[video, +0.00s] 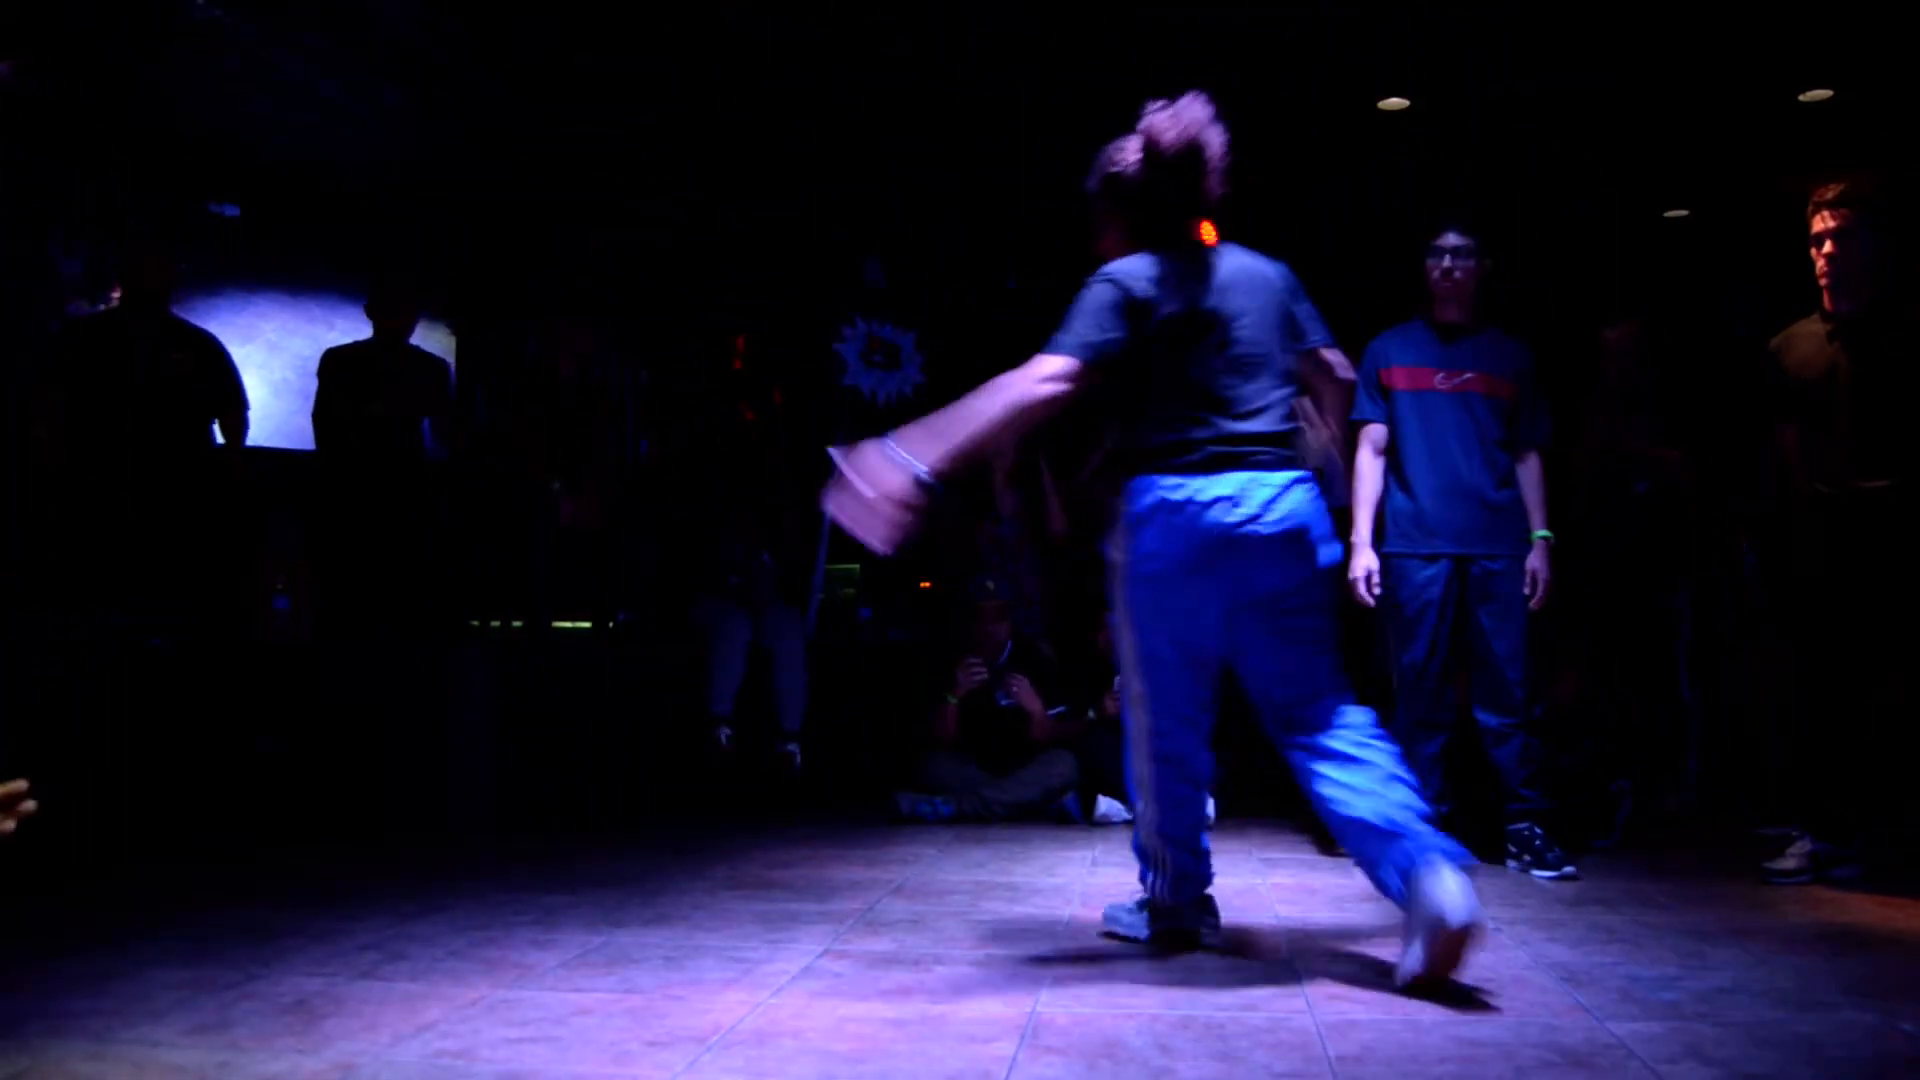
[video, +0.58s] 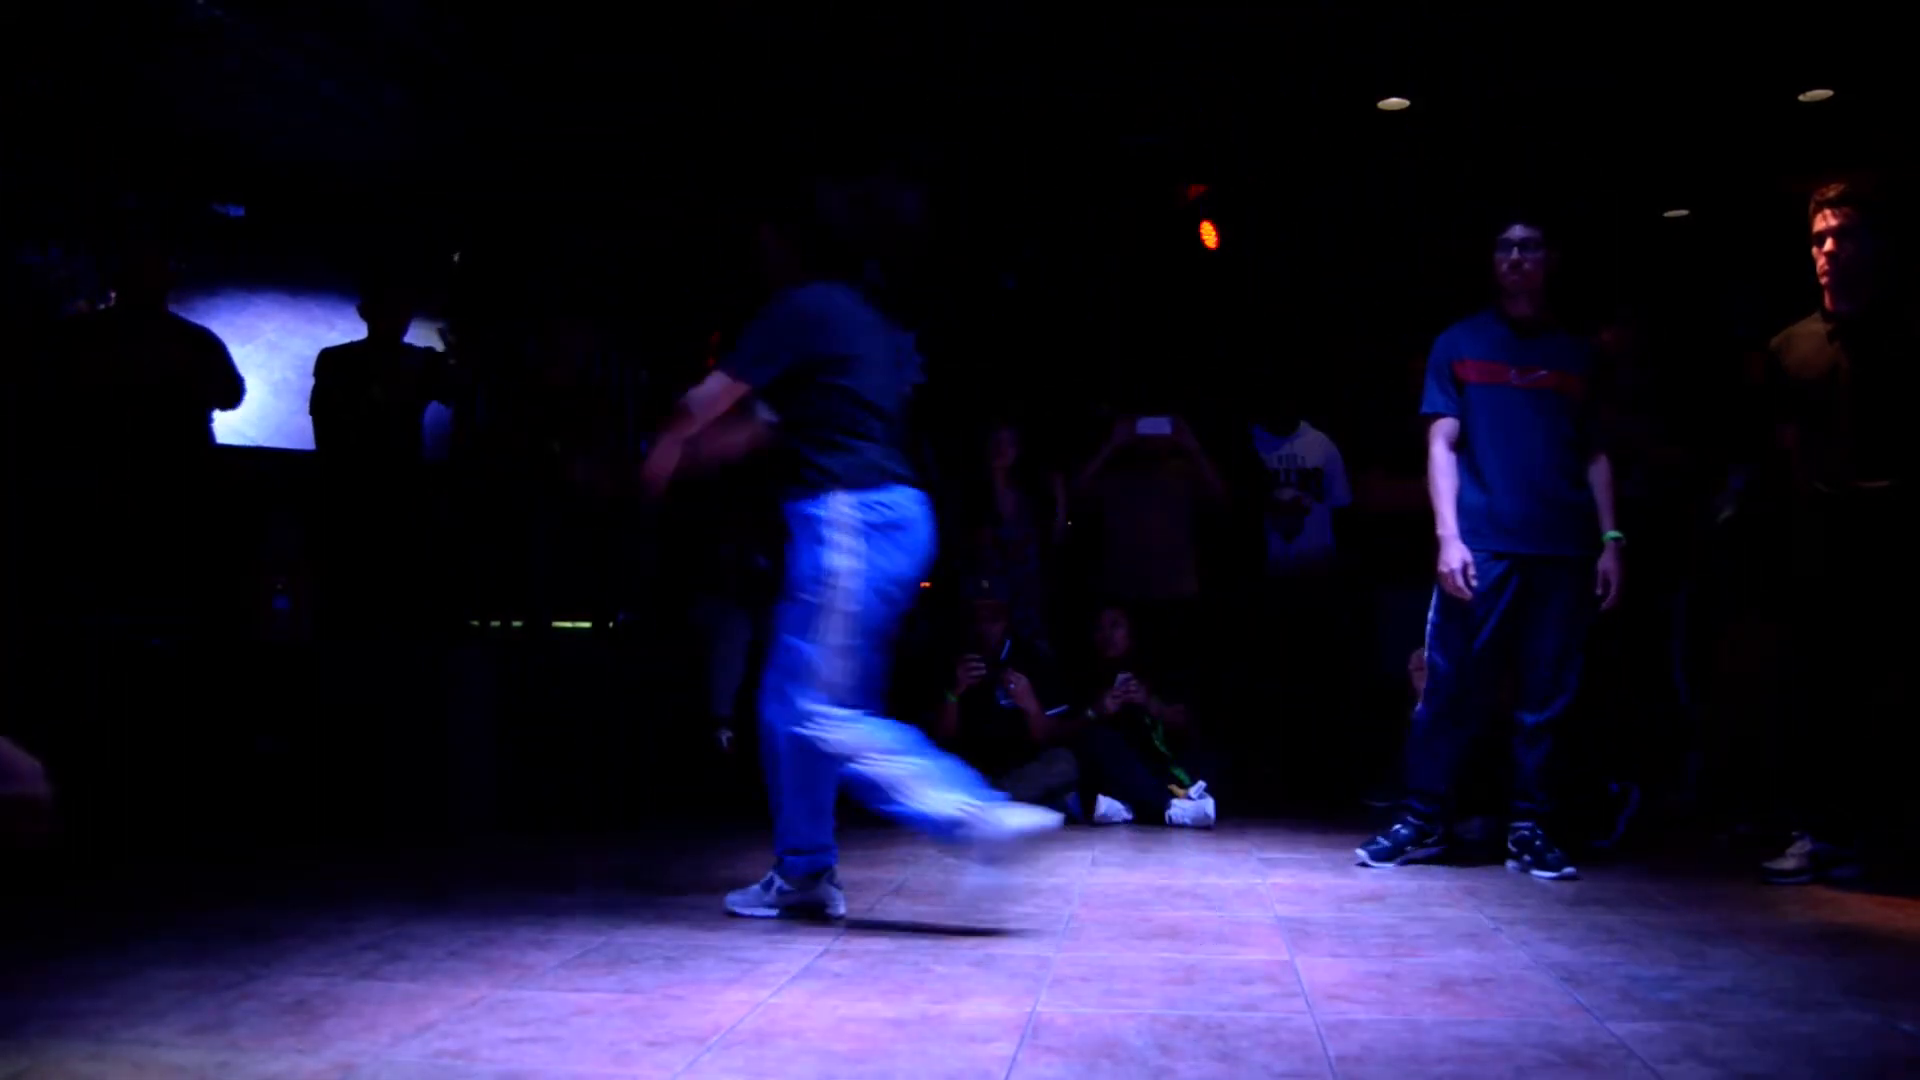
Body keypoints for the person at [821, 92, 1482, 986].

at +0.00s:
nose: (1096, 223)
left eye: (1103, 207)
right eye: (1099, 206)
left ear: (1123, 209)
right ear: (1201, 200)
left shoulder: (1123, 285)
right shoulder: (1266, 277)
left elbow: (1048, 380)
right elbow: (1334, 374)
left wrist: (910, 455)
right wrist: (1329, 466)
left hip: (1170, 511)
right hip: (1280, 504)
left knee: (1166, 711)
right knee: (1318, 707)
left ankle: (1176, 898)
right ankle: (1426, 874)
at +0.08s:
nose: (1066, 223)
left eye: (1072, 206)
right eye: (1074, 206)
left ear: (1089, 213)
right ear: (1167, 207)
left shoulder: (1087, 291)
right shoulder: (1213, 282)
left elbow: (983, 369)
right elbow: (1277, 352)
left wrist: (835, 368)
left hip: (1134, 505)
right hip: (1233, 498)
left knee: (1136, 705)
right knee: (1236, 700)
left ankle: (1176, 896)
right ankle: (1357, 831)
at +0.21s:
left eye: (1020, 189)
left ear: (1035, 201)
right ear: (1106, 198)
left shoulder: (1032, 284)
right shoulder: (1133, 283)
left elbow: (901, 353)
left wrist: (810, 286)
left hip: (1081, 500)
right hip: (1157, 490)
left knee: (1092, 691)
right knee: (1116, 672)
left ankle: (1171, 894)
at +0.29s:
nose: (987, 193)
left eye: (997, 183)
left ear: (1005, 195)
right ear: (1066, 202)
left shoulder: (984, 287)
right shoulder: (1082, 286)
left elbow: (871, 343)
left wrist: (812, 268)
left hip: (1037, 499)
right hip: (1099, 487)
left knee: (1096, 681)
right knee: (1004, 672)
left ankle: (1170, 882)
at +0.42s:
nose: (910, 216)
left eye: (917, 205)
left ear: (919, 216)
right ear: (984, 221)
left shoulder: (912, 310)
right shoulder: (994, 310)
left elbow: (827, 353)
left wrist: (812, 273)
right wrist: (833, 290)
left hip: (959, 521)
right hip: (1014, 508)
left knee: (1039, 691)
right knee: (909, 691)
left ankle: (1154, 870)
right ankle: (827, 862)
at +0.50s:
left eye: (861, 220)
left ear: (864, 231)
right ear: (929, 235)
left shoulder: (863, 317)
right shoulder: (928, 320)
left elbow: (748, 386)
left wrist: (746, 336)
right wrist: (768, 350)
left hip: (905, 525)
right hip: (938, 516)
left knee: (947, 698)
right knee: (837, 698)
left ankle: (1102, 842)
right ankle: (805, 873)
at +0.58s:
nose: (765, 254)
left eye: (771, 245)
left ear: (790, 247)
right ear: (856, 252)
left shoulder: (801, 311)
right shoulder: (866, 326)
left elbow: (706, 402)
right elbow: (763, 421)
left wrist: (669, 445)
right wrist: (684, 450)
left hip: (848, 518)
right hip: (891, 517)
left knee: (817, 704)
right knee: (793, 700)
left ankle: (984, 815)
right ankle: (804, 873)